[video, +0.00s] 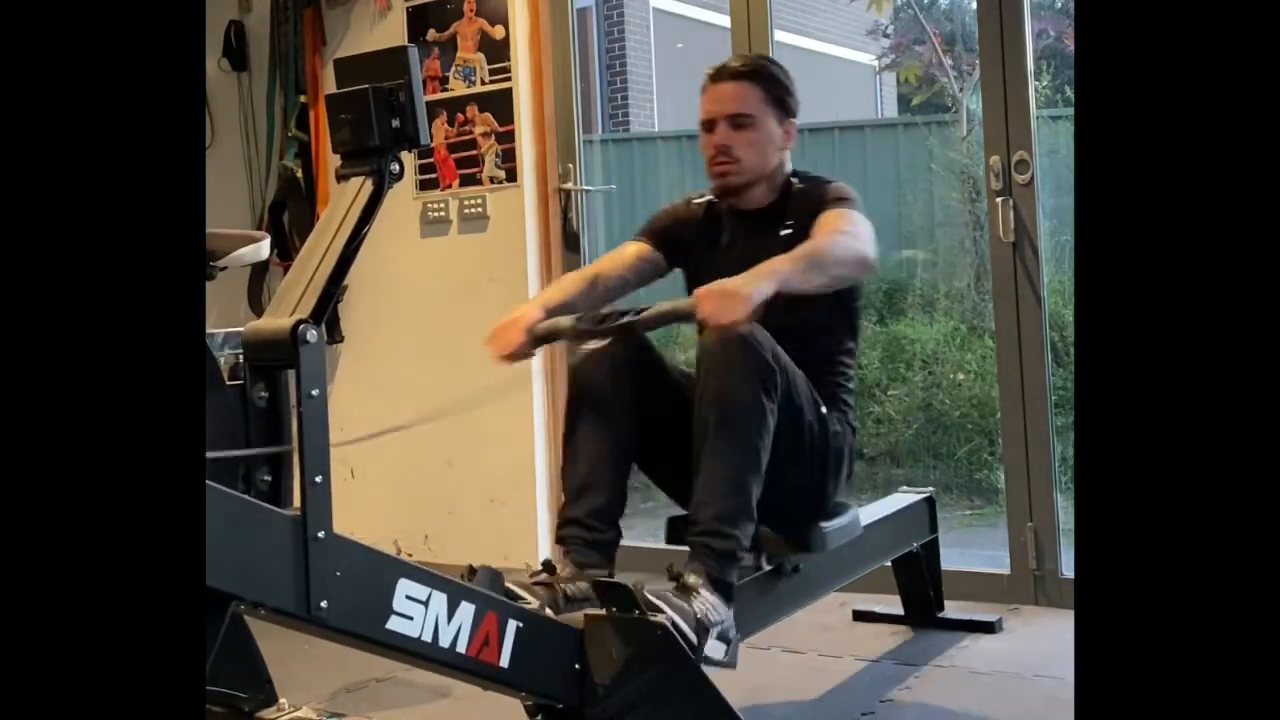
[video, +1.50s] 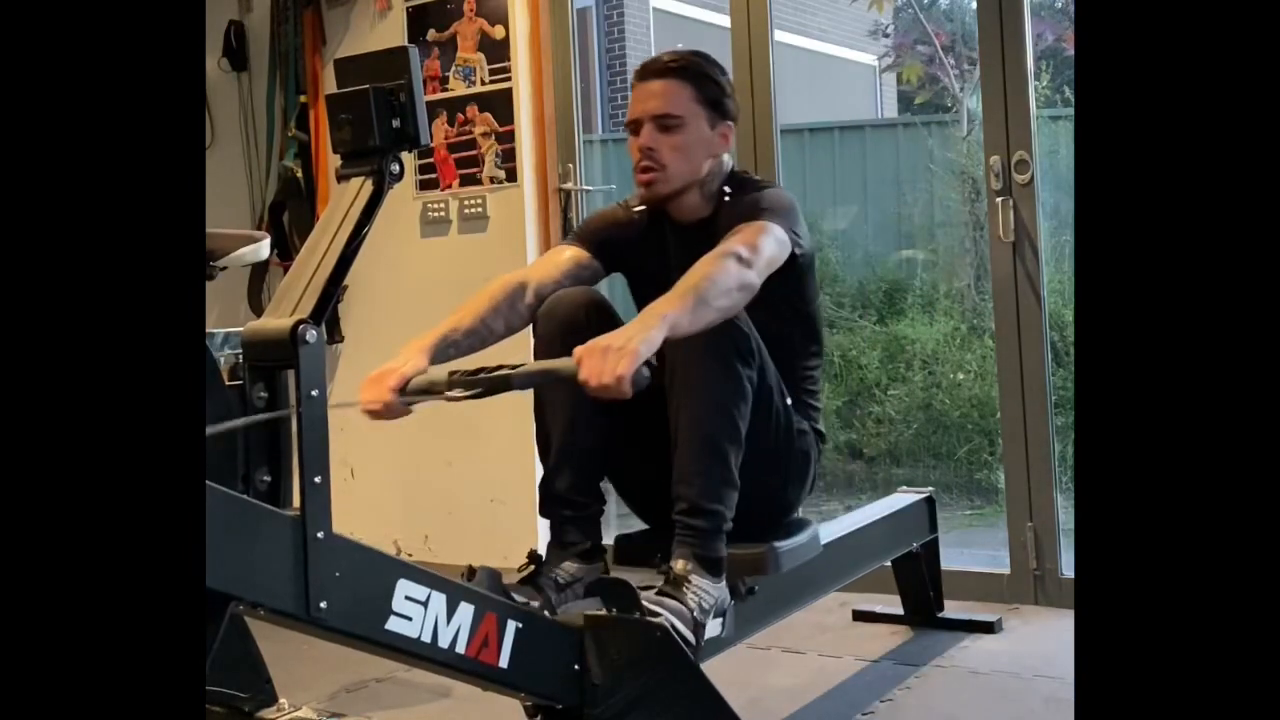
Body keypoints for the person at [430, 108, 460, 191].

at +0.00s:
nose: (446, 118)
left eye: (446, 116)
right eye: (445, 116)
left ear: (442, 116)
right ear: (440, 116)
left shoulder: (443, 125)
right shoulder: (437, 123)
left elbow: (453, 132)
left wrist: (457, 122)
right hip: (440, 147)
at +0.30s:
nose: (446, 118)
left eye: (446, 115)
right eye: (445, 115)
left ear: (443, 116)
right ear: (440, 116)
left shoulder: (443, 125)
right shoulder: (437, 123)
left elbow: (453, 132)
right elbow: (439, 138)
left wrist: (457, 122)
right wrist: (442, 150)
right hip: (439, 147)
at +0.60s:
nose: (446, 118)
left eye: (446, 115)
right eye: (445, 115)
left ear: (443, 116)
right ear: (440, 116)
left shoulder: (443, 125)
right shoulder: (437, 123)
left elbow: (453, 132)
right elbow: (439, 137)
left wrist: (457, 122)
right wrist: (442, 150)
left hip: (442, 146)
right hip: (439, 147)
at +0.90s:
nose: (446, 118)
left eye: (446, 115)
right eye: (444, 115)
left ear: (444, 116)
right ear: (440, 116)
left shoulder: (443, 124)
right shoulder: (437, 124)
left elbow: (453, 132)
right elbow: (439, 139)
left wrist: (457, 122)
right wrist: (442, 150)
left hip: (443, 148)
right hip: (439, 148)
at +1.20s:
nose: (446, 118)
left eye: (446, 116)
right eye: (444, 116)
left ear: (444, 116)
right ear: (440, 116)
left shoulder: (443, 124)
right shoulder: (437, 124)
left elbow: (453, 132)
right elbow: (438, 139)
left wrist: (457, 122)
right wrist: (442, 150)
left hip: (443, 148)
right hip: (439, 148)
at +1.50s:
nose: (446, 117)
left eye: (446, 115)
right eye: (444, 115)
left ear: (444, 116)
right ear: (440, 116)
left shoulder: (443, 124)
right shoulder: (437, 124)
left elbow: (453, 132)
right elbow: (438, 139)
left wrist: (457, 122)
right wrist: (442, 150)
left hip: (443, 148)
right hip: (439, 148)